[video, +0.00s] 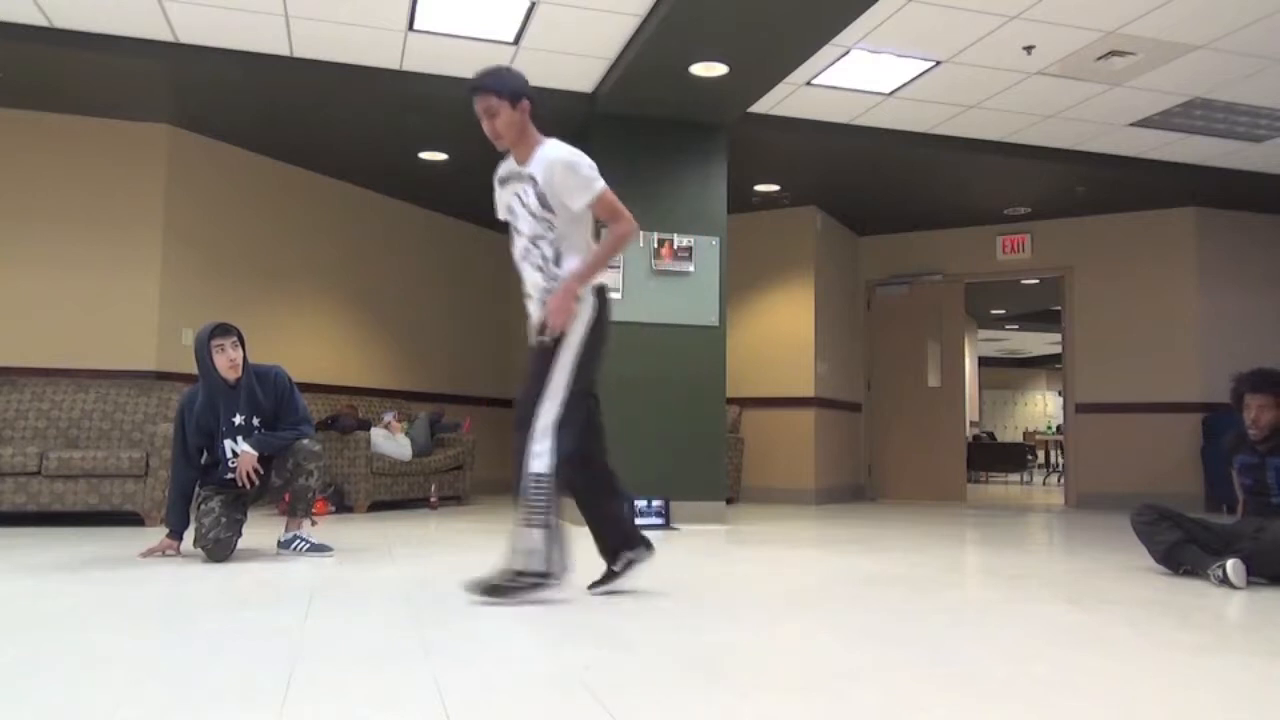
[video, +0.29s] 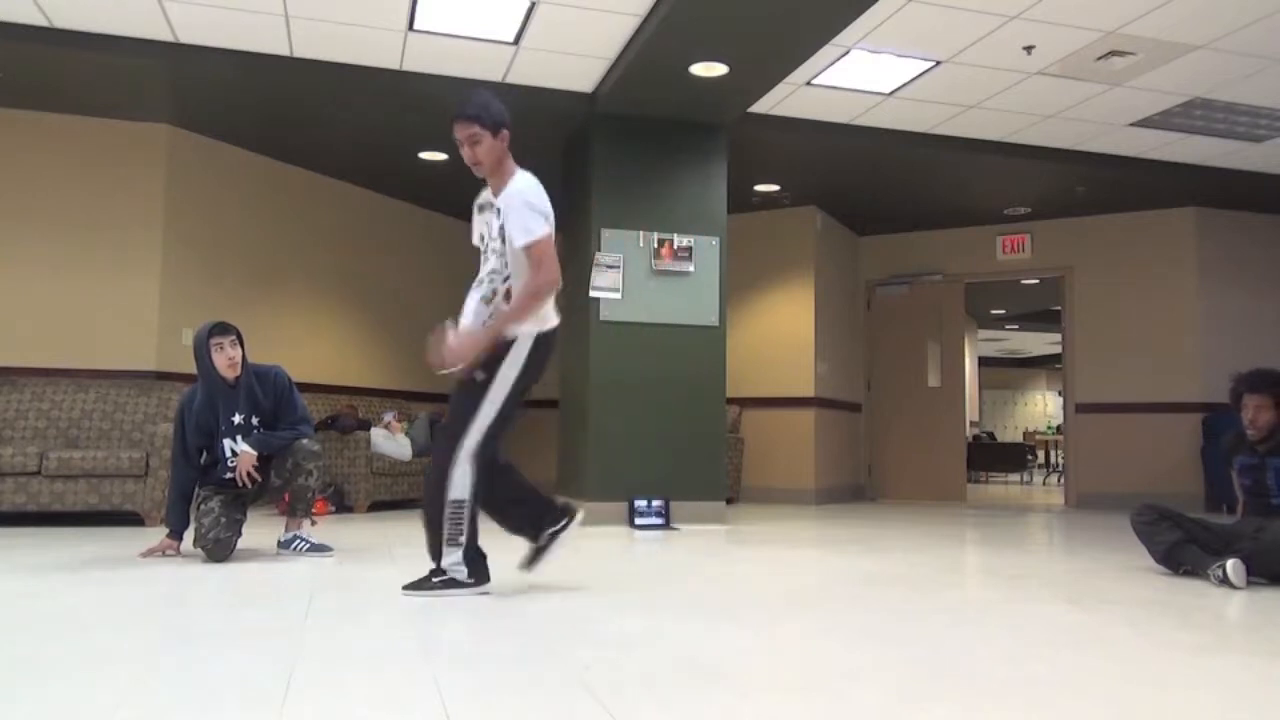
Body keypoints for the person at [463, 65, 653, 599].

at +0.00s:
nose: (488, 125)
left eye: (494, 112)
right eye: (481, 116)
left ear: (523, 108)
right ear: (480, 122)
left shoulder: (562, 161)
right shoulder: (506, 175)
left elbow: (625, 226)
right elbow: (532, 243)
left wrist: (571, 288)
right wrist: (537, 303)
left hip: (580, 309)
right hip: (548, 313)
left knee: (540, 422)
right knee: (572, 432)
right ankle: (625, 543)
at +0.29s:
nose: (468, 153)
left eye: (476, 140)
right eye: (461, 144)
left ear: (503, 137)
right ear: (458, 148)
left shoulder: (524, 194)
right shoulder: (487, 200)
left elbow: (548, 277)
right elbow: (492, 278)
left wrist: (488, 332)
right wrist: (463, 329)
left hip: (524, 335)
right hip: (494, 335)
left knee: (461, 445)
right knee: (462, 444)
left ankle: (460, 564)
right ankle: (545, 518)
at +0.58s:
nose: (471, 174)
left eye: (479, 162)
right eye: (463, 166)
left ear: (504, 157)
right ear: (459, 169)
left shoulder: (537, 208)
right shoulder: (477, 222)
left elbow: (560, 296)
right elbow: (493, 307)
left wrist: (516, 354)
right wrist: (471, 341)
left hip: (564, 332)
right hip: (525, 336)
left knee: (526, 444)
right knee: (496, 446)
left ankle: (610, 532)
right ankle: (519, 560)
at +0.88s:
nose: (521, 154)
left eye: (528, 141)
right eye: (513, 145)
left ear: (553, 135)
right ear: (509, 147)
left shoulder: (592, 168)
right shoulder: (521, 183)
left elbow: (671, 190)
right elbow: (528, 215)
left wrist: (762, 193)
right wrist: (489, 243)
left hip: (619, 318)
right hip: (561, 324)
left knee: (683, 424)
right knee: (513, 418)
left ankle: (758, 533)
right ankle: (509, 530)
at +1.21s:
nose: (594, 271)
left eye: (604, 260)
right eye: (588, 260)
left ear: (631, 263)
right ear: (582, 262)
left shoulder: (664, 314)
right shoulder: (570, 289)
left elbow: (726, 386)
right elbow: (498, 299)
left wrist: (783, 458)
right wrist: (426, 302)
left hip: (685, 400)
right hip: (620, 395)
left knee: (742, 484)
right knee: (555, 460)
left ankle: (823, 578)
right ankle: (519, 573)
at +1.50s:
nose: (691, 339)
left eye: (706, 334)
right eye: (687, 324)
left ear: (715, 348)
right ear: (670, 323)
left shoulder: (687, 421)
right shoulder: (629, 337)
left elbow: (672, 500)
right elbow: (558, 298)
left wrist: (679, 590)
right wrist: (520, 266)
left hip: (603, 466)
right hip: (564, 425)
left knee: (574, 540)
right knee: (530, 467)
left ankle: (549, 494)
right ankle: (497, 584)